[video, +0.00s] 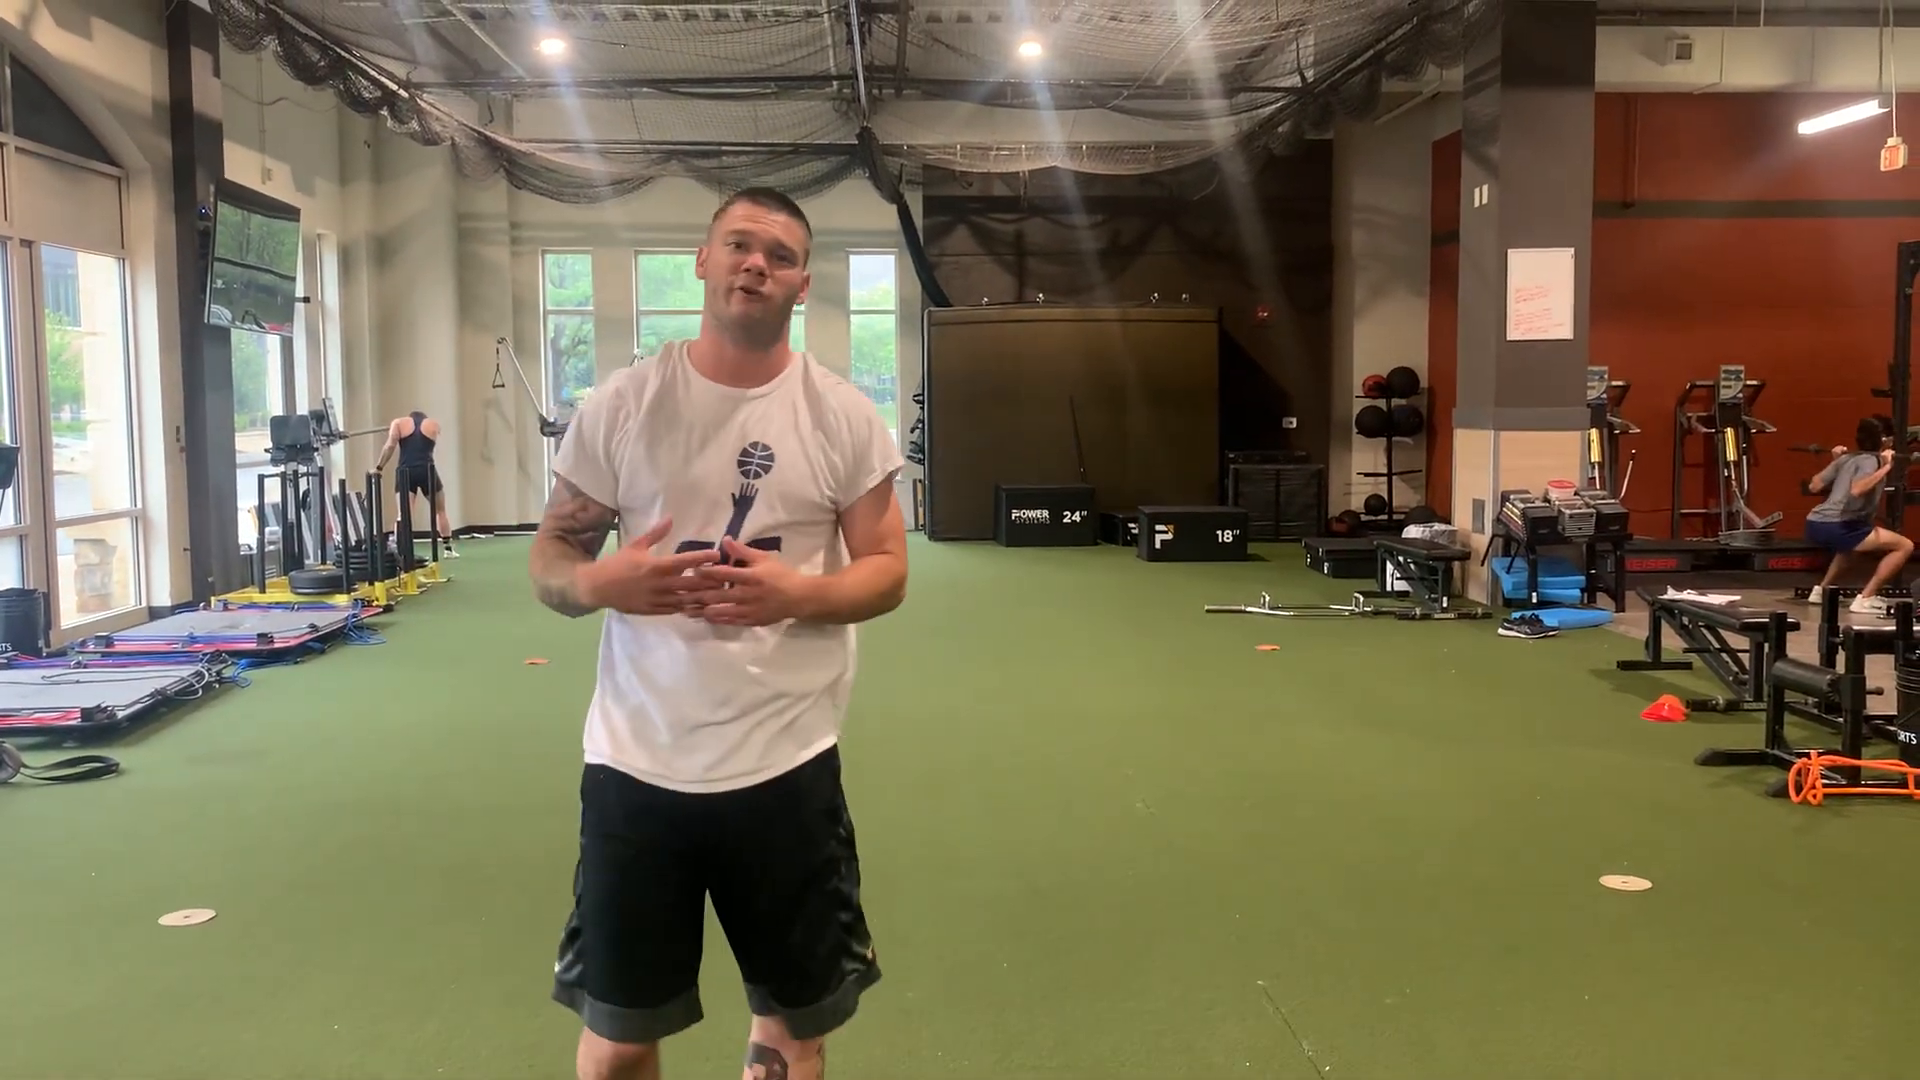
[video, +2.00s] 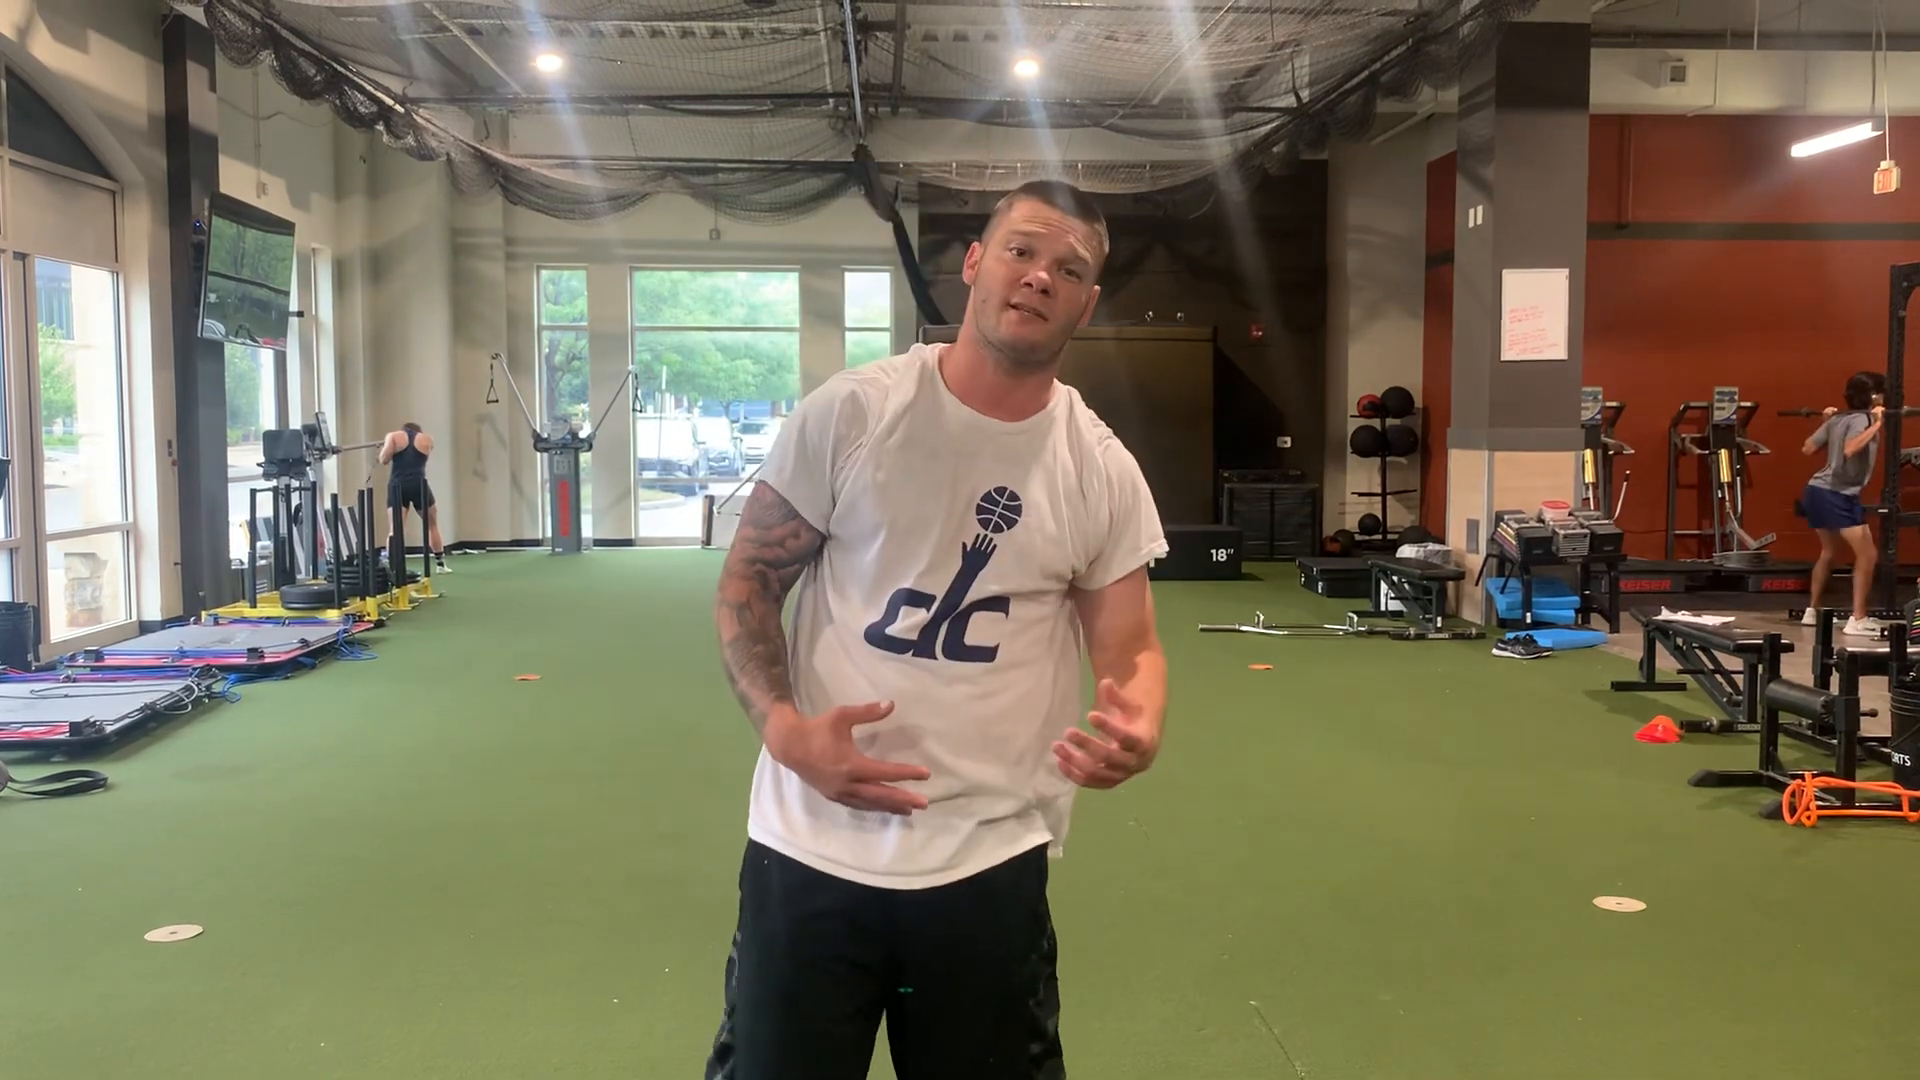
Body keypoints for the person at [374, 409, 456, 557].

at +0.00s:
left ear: (410, 416)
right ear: (424, 417)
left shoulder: (398, 423)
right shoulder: (433, 425)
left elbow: (390, 446)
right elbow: (430, 446)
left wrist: (379, 467)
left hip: (405, 472)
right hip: (426, 471)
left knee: (403, 514)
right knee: (440, 510)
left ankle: (397, 547)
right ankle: (448, 548)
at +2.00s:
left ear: (403, 429)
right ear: (419, 431)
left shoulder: (393, 436)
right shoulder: (427, 440)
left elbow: (383, 459)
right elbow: (424, 456)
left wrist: (383, 449)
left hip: (398, 485)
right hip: (419, 484)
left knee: (395, 528)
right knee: (432, 524)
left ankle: (389, 563)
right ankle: (441, 563)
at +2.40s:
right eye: (422, 435)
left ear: (405, 432)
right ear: (421, 433)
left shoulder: (394, 440)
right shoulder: (429, 443)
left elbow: (385, 462)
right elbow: (422, 461)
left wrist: (376, 473)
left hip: (399, 488)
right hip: (420, 487)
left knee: (396, 532)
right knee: (433, 528)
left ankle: (392, 567)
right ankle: (442, 566)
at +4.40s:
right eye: (423, 433)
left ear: (407, 433)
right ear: (424, 434)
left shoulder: (398, 449)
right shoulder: (432, 451)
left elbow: (390, 473)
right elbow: (429, 470)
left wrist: (387, 467)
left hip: (404, 496)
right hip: (425, 495)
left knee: (401, 539)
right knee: (439, 535)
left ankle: (396, 573)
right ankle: (448, 573)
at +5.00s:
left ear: (414, 437)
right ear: (431, 437)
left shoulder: (405, 453)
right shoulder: (440, 455)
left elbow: (398, 476)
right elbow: (434, 473)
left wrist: (388, 491)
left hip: (411, 499)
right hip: (432, 498)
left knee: (408, 543)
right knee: (446, 538)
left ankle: (404, 577)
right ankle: (455, 576)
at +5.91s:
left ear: (419, 431)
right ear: (435, 432)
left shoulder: (409, 446)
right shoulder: (444, 448)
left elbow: (401, 466)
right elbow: (438, 467)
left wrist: (391, 483)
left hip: (414, 492)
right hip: (435, 491)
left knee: (411, 535)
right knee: (449, 532)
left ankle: (407, 570)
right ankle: (457, 569)